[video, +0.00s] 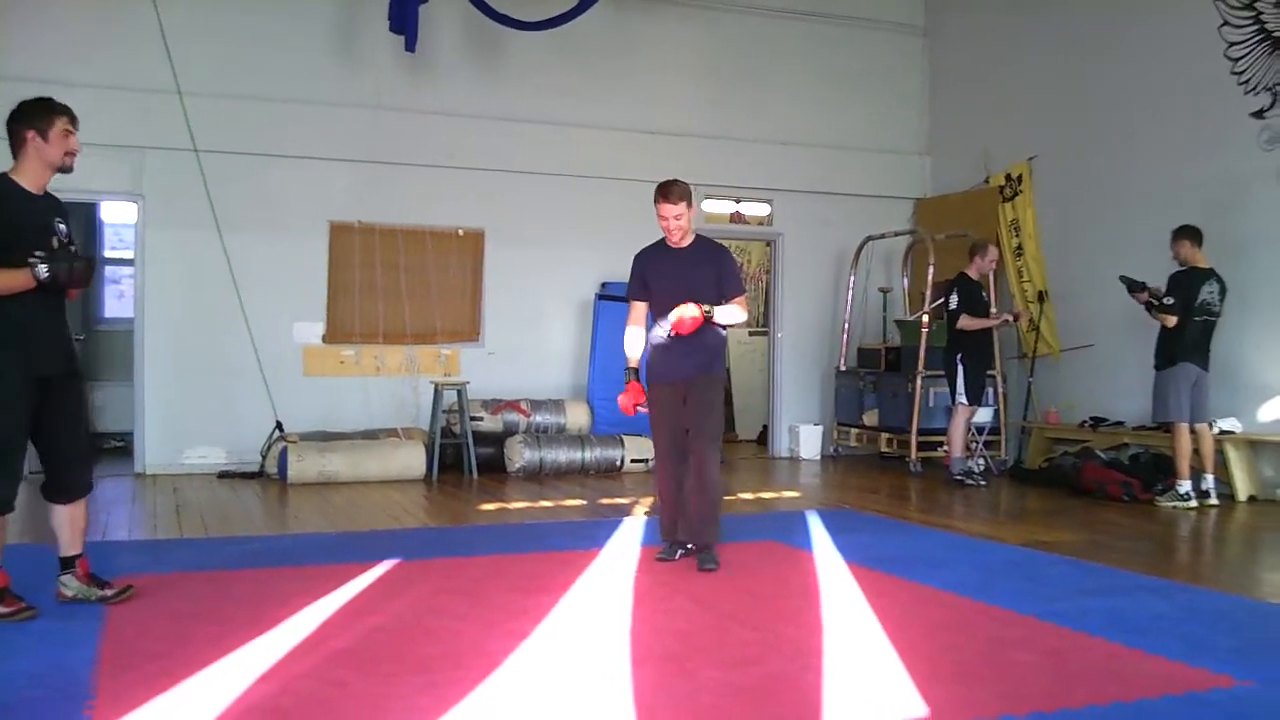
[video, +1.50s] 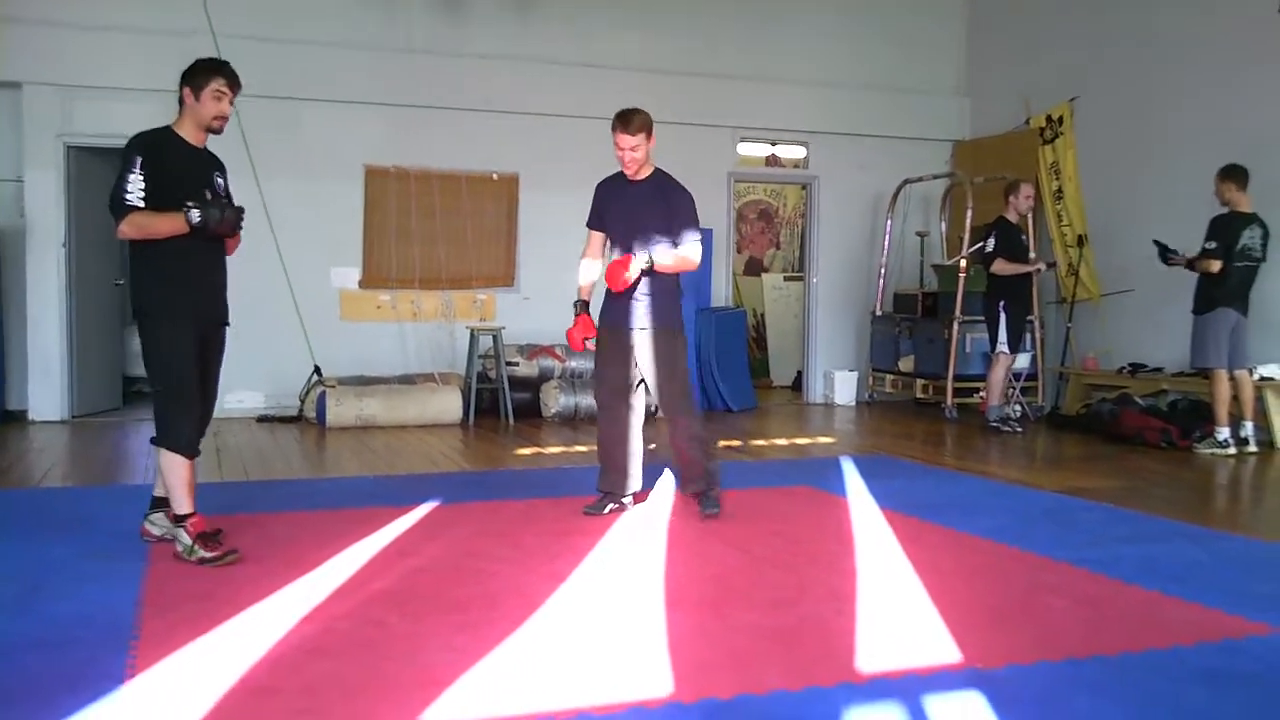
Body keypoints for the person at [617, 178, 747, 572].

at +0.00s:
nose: (671, 225)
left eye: (678, 217)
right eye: (664, 218)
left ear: (692, 212)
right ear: (656, 216)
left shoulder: (717, 256)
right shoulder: (646, 260)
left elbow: (741, 311)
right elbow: (636, 321)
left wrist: (705, 312)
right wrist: (632, 375)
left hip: (706, 373)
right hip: (662, 374)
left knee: (704, 455)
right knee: (667, 455)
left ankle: (704, 543)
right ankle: (675, 537)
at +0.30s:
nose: (690, 234)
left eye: (697, 226)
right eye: (683, 226)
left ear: (709, 217)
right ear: (674, 218)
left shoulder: (731, 260)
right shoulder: (655, 259)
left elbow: (750, 314)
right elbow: (645, 320)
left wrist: (724, 324)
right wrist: (641, 378)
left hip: (714, 379)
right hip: (669, 379)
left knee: (710, 459)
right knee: (676, 459)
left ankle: (699, 547)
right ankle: (686, 539)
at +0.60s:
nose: (741, 236)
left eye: (749, 230)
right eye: (735, 227)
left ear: (761, 220)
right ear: (725, 212)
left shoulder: (770, 261)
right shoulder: (695, 247)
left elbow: (786, 317)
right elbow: (674, 306)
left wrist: (759, 331)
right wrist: (673, 364)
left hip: (747, 383)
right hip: (700, 379)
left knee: (742, 463)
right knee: (710, 462)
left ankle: (736, 550)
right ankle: (725, 533)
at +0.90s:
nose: (724, 229)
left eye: (734, 223)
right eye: (719, 220)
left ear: (749, 214)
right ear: (711, 206)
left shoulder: (761, 258)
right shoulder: (690, 237)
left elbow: (783, 319)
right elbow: (673, 296)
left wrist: (747, 329)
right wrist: (661, 351)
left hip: (732, 376)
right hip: (685, 371)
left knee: (738, 464)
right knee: (682, 448)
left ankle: (732, 548)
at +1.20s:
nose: (675, 199)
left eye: (683, 191)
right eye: (669, 191)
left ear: (699, 181)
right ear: (662, 182)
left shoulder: (721, 225)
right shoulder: (653, 217)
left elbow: (742, 288)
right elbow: (641, 274)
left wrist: (694, 291)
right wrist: (629, 329)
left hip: (700, 348)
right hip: (655, 344)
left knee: (709, 432)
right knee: (643, 426)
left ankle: (718, 512)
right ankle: (624, 506)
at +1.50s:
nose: (625, 157)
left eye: (633, 148)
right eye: (620, 148)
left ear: (650, 143)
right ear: (613, 145)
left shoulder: (675, 194)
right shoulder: (607, 190)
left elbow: (691, 258)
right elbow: (593, 253)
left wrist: (643, 262)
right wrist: (583, 305)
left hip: (659, 318)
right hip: (614, 318)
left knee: (675, 404)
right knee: (614, 404)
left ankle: (703, 487)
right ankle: (618, 489)